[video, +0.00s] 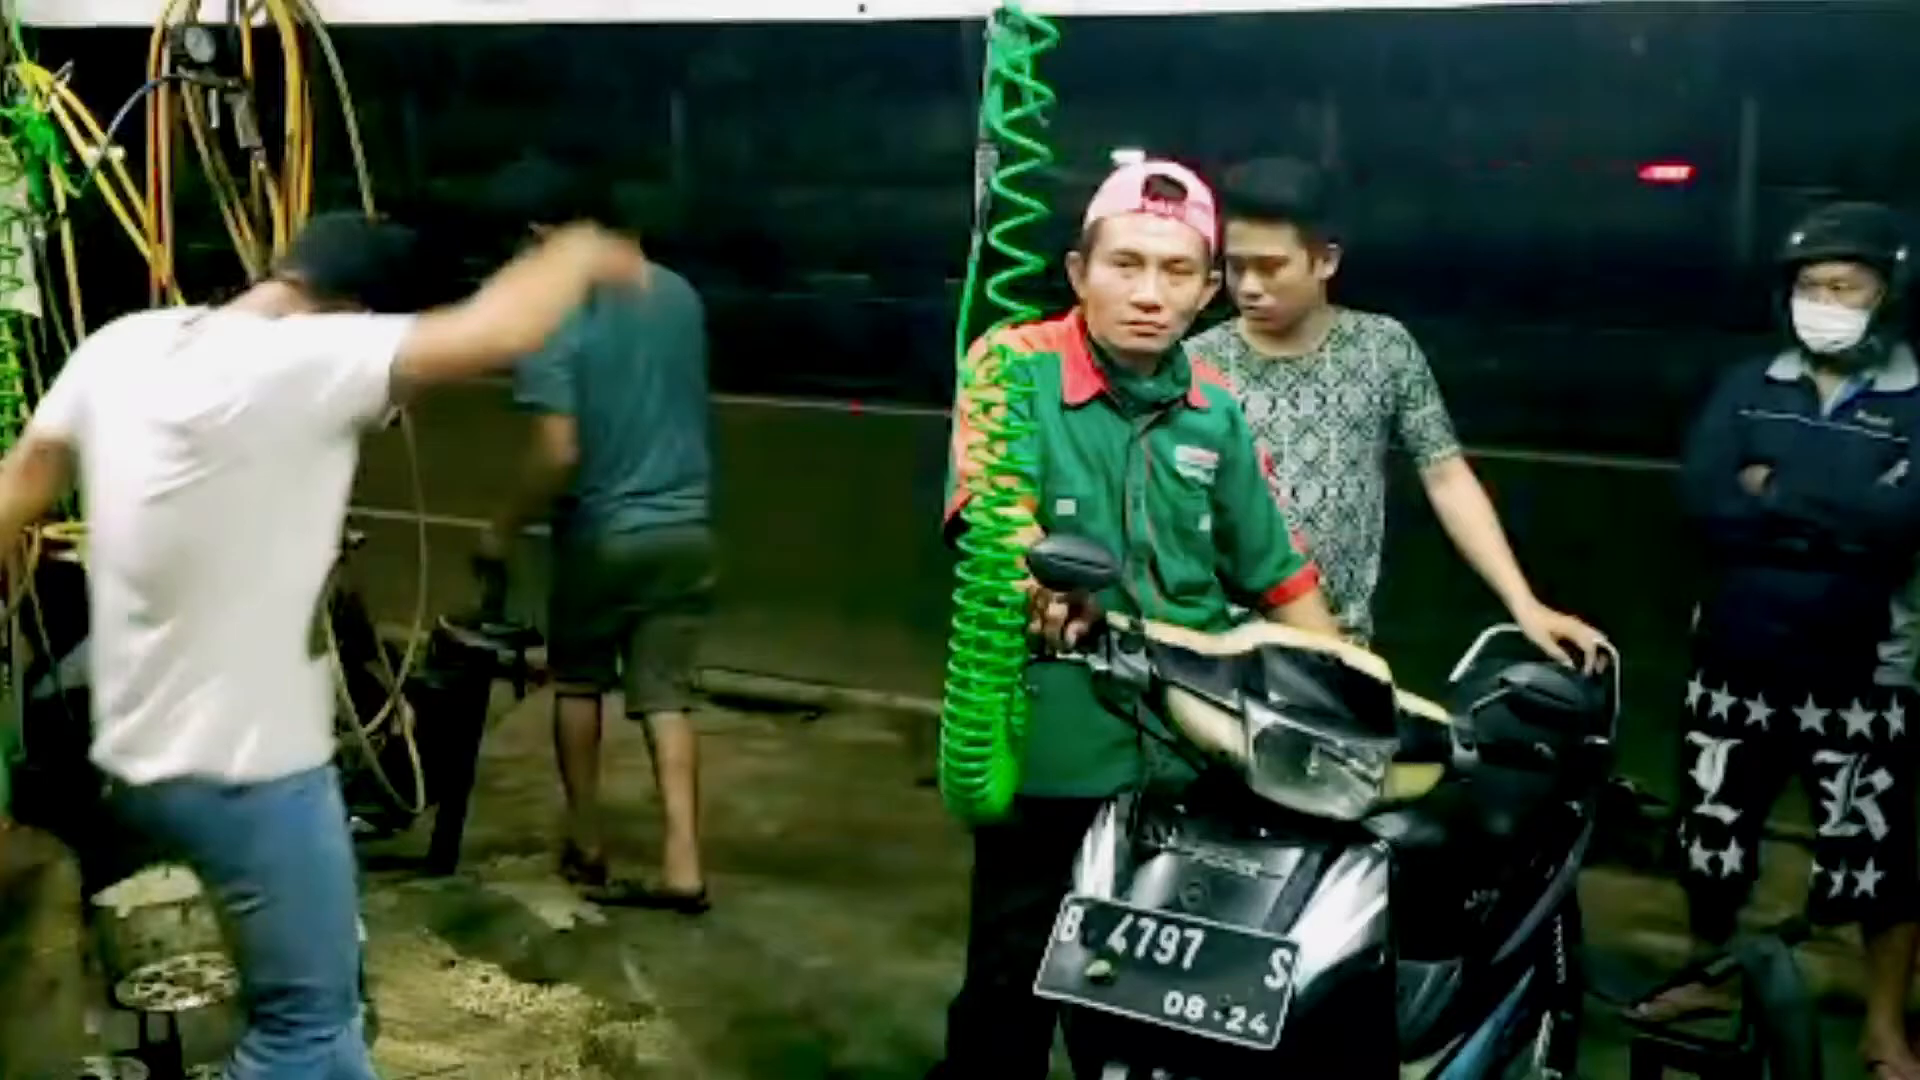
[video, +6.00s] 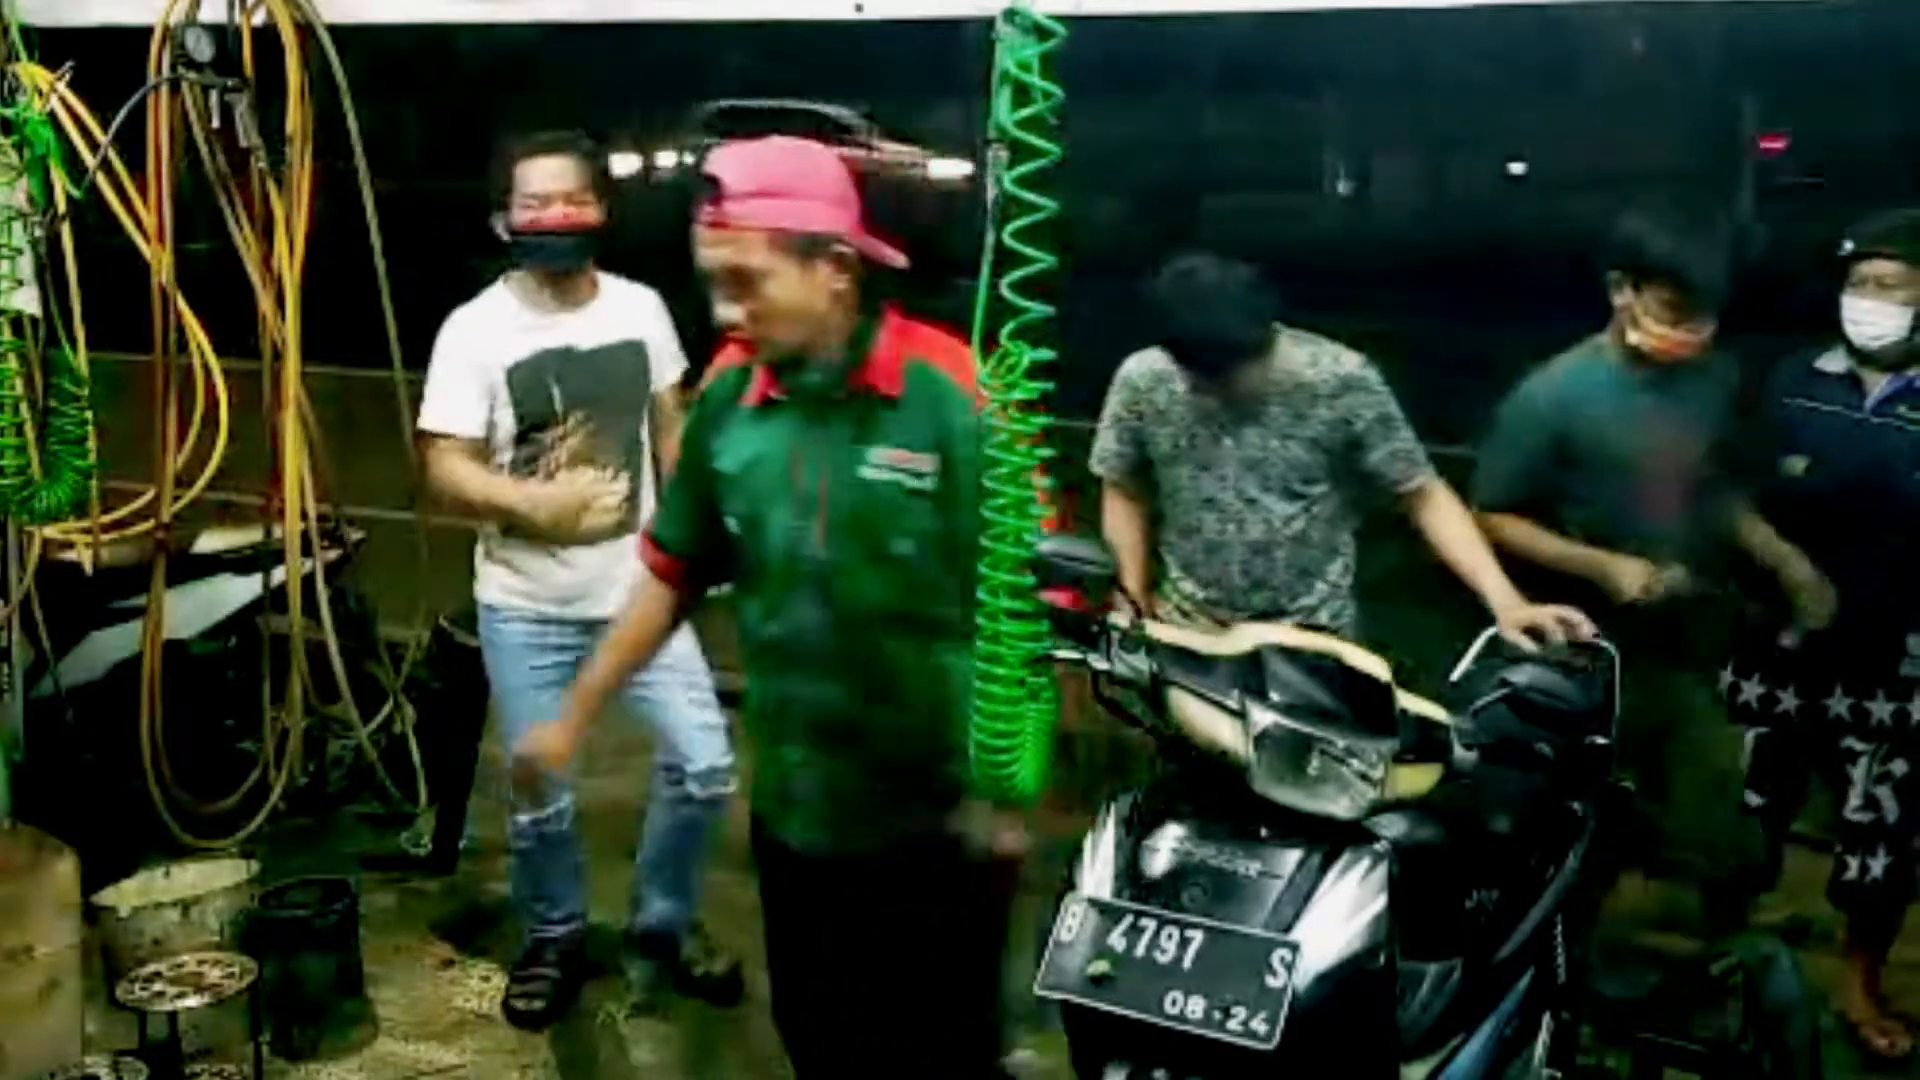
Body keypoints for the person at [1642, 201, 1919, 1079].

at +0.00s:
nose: (1826, 305)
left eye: (1847, 290)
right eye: (1812, 287)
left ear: (1882, 298)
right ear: (1788, 294)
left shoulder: (1908, 401)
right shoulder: (1745, 388)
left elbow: (1897, 519)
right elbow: (1701, 498)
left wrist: (1768, 482)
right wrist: (1836, 513)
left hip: (1861, 664)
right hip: (1739, 655)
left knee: (1874, 857)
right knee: (1709, 835)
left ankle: (1887, 1026)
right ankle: (1709, 971)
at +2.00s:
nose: (1756, 303)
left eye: (1778, 289)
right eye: (1750, 286)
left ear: (1830, 299)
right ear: (1741, 290)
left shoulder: (1891, 395)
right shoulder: (1729, 384)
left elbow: (1872, 520)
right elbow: (1688, 499)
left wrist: (1740, 482)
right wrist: (1825, 499)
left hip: (1839, 659)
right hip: (1721, 649)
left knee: (1860, 852)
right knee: (1699, 829)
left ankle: (1885, 1020)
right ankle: (1709, 972)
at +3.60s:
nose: (1881, 305)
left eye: (1901, 291)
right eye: (1869, 288)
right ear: (1845, 301)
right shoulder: (1796, 395)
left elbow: (1910, 516)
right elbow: (1753, 502)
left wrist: (1816, 485)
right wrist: (1876, 508)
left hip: (1892, 666)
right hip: (1779, 656)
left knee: (1892, 855)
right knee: (1709, 824)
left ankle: (1862, 985)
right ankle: (1710, 966)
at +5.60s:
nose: (1894, 302)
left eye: (1911, 288)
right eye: (1882, 285)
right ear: (1855, 294)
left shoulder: (1918, 413)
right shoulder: (1806, 386)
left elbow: (1910, 521)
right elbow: (1757, 486)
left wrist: (1819, 478)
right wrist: (1868, 519)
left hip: (1889, 658)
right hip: (1781, 641)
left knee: (1883, 839)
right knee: (1736, 810)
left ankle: (1862, 982)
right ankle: (1717, 944)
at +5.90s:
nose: (1879, 304)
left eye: (1899, 291)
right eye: (1868, 286)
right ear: (1845, 293)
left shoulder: (1917, 411)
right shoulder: (1799, 384)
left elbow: (1909, 512)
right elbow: (1748, 483)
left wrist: (1814, 476)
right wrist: (1860, 507)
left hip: (1890, 649)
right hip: (1782, 632)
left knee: (1883, 832)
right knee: (1737, 799)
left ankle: (1863, 980)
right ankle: (1719, 932)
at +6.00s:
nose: (1876, 306)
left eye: (1896, 292)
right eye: (1864, 288)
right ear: (1838, 296)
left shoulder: (1918, 406)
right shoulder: (1787, 388)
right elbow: (1725, 496)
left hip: (1892, 656)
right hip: (1784, 643)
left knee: (1886, 837)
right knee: (1757, 808)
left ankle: (1862, 984)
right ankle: (1724, 942)